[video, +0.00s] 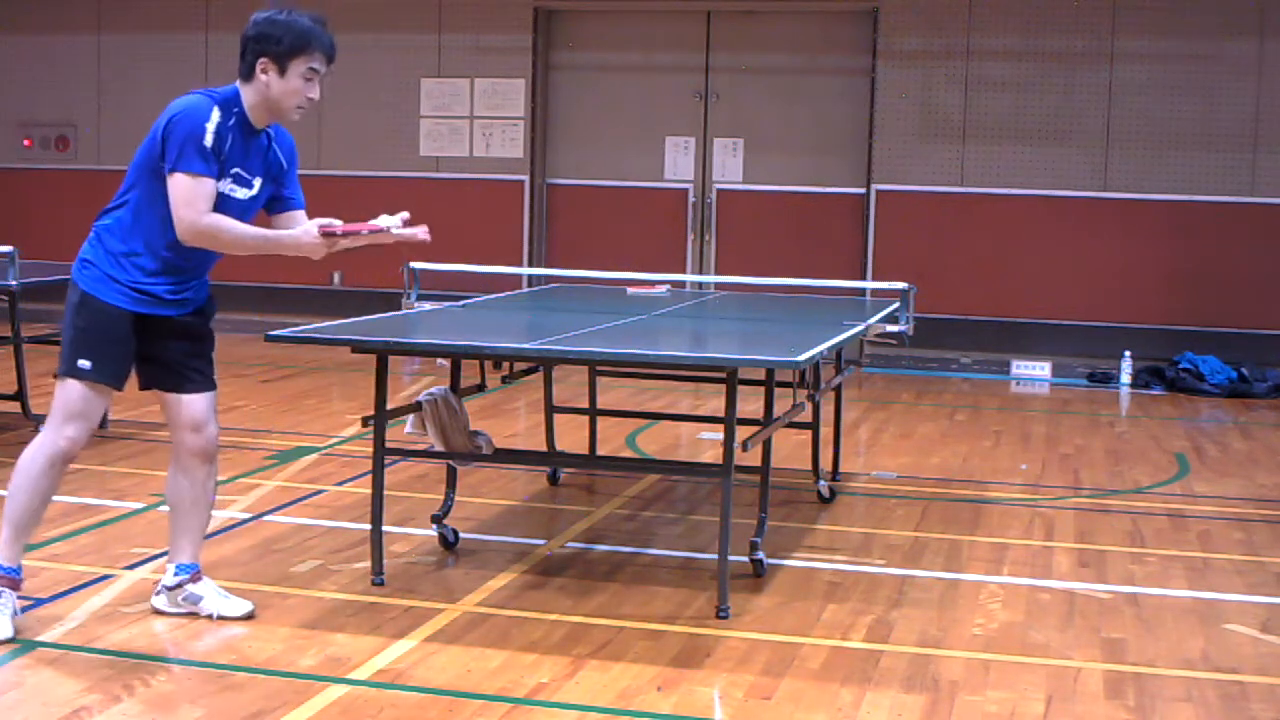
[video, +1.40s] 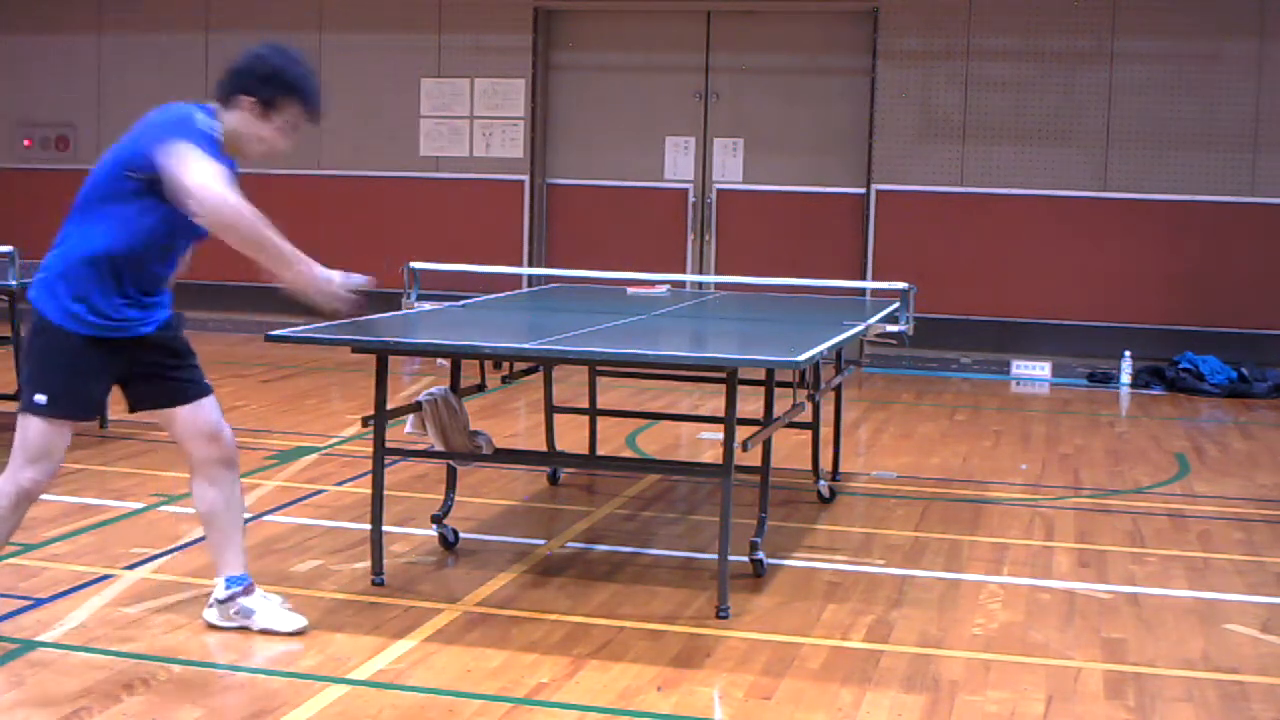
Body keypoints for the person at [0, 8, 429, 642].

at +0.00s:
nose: (316, 93)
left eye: (320, 80)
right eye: (308, 77)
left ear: (286, 76)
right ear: (264, 68)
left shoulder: (279, 147)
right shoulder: (196, 117)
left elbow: (294, 239)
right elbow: (192, 226)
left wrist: (372, 233)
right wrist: (286, 241)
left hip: (183, 297)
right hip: (111, 286)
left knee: (199, 438)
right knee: (67, 433)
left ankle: (181, 580)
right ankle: (4, 576)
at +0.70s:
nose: (245, 68)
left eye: (243, 54)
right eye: (231, 54)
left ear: (206, 67)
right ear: (186, 65)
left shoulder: (225, 123)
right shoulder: (133, 125)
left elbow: (312, 147)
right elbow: (156, 232)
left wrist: (401, 150)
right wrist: (252, 208)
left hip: (144, 304)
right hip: (69, 302)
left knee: (187, 435)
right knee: (30, 455)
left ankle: (180, 579)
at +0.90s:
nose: (208, 50)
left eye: (204, 38)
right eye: (192, 38)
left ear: (172, 56)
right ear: (149, 55)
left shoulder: (205, 116)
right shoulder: (99, 119)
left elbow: (300, 140)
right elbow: (73, 217)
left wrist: (383, 156)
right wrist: (178, 235)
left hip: (133, 305)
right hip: (56, 305)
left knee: (180, 439)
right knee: (19, 462)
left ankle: (181, 578)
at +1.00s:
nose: (202, 52)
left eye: (198, 39)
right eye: (185, 40)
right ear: (142, 59)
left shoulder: (206, 122)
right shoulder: (92, 121)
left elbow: (302, 150)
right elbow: (21, 190)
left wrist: (381, 177)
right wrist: (107, 208)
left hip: (131, 310)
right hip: (51, 310)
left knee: (180, 440)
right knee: (17, 467)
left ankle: (180, 578)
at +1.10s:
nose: (200, 65)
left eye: (198, 50)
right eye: (183, 51)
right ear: (138, 68)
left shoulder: (204, 135)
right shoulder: (93, 125)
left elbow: (286, 183)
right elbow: (24, 195)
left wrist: (348, 236)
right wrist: (32, 152)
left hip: (130, 316)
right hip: (48, 313)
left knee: (187, 447)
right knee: (23, 470)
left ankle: (183, 577)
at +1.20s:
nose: (212, 85)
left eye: (211, 70)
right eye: (197, 70)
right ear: (151, 80)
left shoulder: (204, 154)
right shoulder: (98, 126)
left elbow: (251, 225)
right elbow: (29, 181)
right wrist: (28, 125)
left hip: (128, 322)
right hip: (49, 320)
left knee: (201, 440)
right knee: (27, 475)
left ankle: (186, 571)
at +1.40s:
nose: (288, 144)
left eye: (295, 132)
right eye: (288, 127)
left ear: (254, 111)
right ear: (251, 106)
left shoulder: (218, 160)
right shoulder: (181, 125)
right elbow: (209, 202)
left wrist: (305, 284)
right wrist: (311, 275)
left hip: (146, 318)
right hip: (71, 315)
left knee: (214, 446)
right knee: (30, 473)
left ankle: (232, 590)